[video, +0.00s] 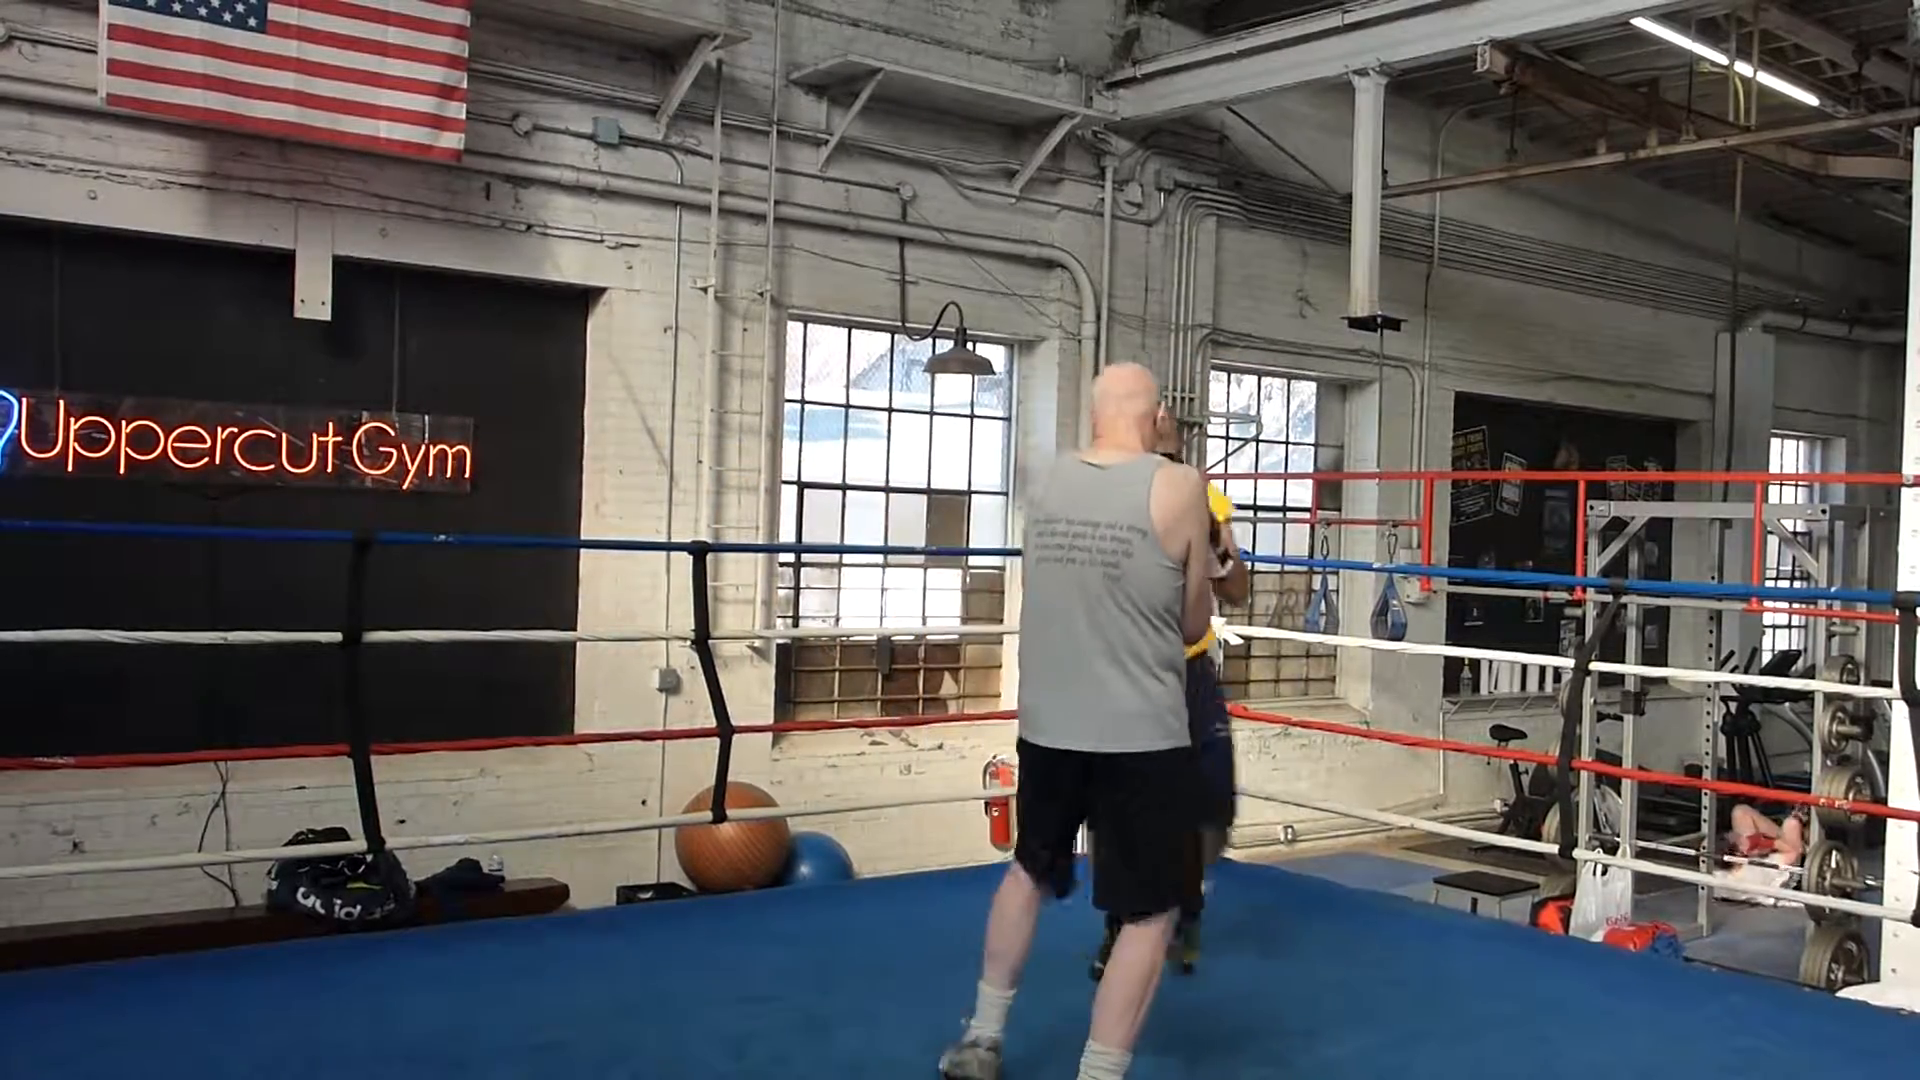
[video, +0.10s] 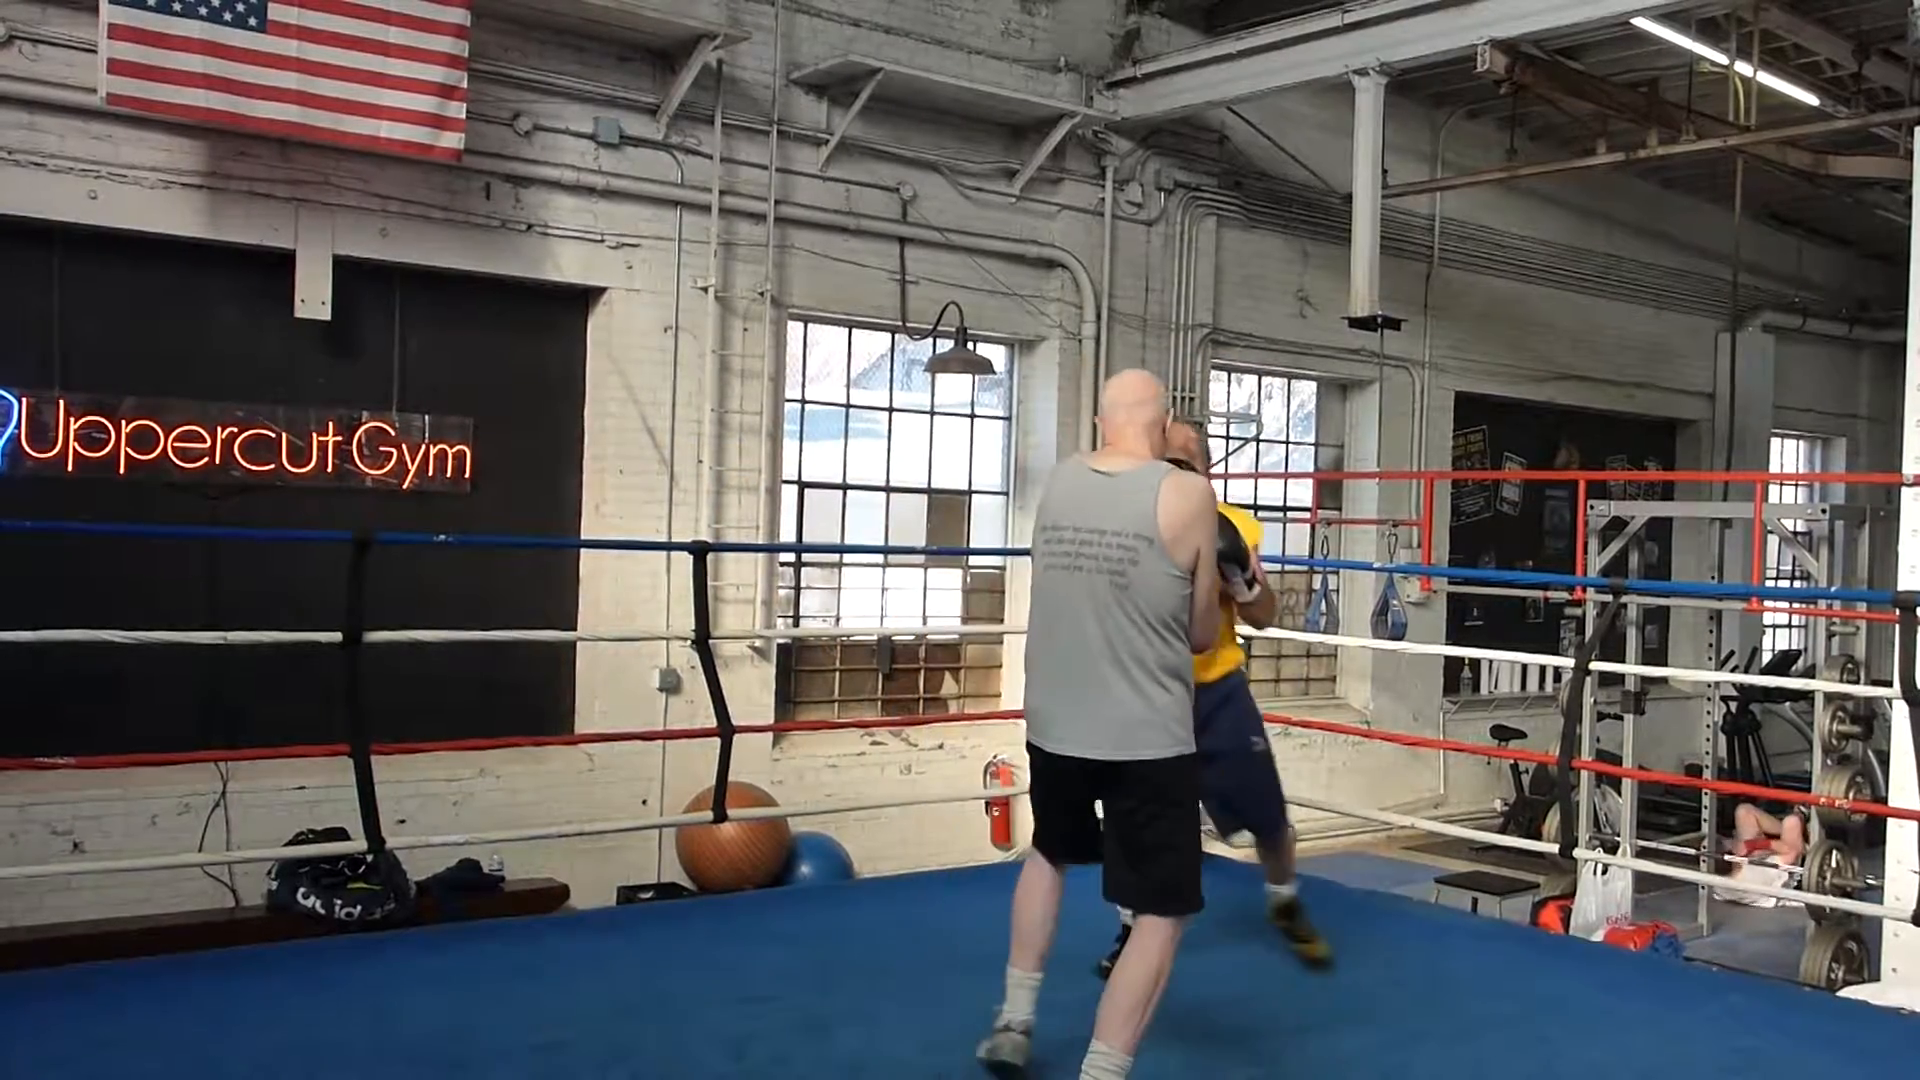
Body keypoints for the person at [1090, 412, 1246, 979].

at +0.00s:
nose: (1161, 442)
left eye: (1168, 434)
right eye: (1156, 432)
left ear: (1178, 440)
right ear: (1142, 432)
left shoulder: (1203, 497)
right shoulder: (1103, 493)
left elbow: (1236, 587)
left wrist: (1207, 553)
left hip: (1187, 664)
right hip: (1116, 665)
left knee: (1201, 801)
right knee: (1116, 809)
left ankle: (1186, 921)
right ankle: (1116, 928)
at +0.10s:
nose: (1177, 467)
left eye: (1187, 457)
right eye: (1168, 456)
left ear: (1207, 469)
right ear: (1149, 463)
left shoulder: (1228, 525)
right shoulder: (1127, 521)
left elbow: (1264, 615)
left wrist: (1245, 579)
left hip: (1218, 687)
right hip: (1145, 687)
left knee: (1267, 808)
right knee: (1137, 821)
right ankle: (1135, 932)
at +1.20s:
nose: (1549, 516)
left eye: (1559, 503)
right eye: (1540, 505)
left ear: (1594, 492)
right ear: (1534, 502)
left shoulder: (1637, 545)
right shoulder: (1536, 543)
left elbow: (1628, 644)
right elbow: (1482, 613)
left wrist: (1558, 584)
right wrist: (1474, 561)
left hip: (1634, 726)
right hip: (1562, 726)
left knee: (1677, 869)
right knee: (1529, 850)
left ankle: (1769, 992)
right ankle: (1587, 973)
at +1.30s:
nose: (1589, 531)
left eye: (1599, 517)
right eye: (1581, 519)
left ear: (1637, 507)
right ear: (1576, 515)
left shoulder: (1680, 560)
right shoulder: (1581, 556)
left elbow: (1662, 656)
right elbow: (1531, 630)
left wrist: (1588, 595)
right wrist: (1518, 581)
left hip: (1672, 743)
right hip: (1594, 741)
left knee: (1714, 888)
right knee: (1542, 852)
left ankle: (1806, 1017)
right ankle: (1587, 974)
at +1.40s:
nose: (1627, 510)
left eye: (1636, 495)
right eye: (1619, 499)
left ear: (1675, 483)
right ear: (1615, 496)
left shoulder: (1726, 534)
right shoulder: (1628, 543)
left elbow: (1710, 632)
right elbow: (1579, 617)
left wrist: (1637, 571)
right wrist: (1559, 572)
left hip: (1724, 725)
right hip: (1647, 722)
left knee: (1752, 877)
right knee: (1597, 839)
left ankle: (1818, 1017)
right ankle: (1595, 975)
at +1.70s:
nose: (1750, 532)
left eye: (1761, 517)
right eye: (1743, 519)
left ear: (1805, 505)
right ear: (1738, 516)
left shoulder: (1855, 562)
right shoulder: (1745, 562)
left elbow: (1814, 659)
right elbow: (1675, 639)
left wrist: (1751, 587)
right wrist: (1671, 575)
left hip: (1846, 762)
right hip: (1760, 760)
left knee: (1891, 923)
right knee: (1725, 898)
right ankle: (1812, 1003)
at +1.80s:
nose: (1777, 545)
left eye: (1787, 529)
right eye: (1769, 532)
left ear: (1831, 518)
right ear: (1762, 529)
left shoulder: (1881, 578)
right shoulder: (1766, 576)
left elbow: (1846, 678)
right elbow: (1717, 669)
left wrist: (1774, 612)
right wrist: (1704, 609)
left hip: (1868, 778)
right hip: (1776, 770)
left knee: (1896, 941)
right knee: (1695, 886)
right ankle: (1785, 981)